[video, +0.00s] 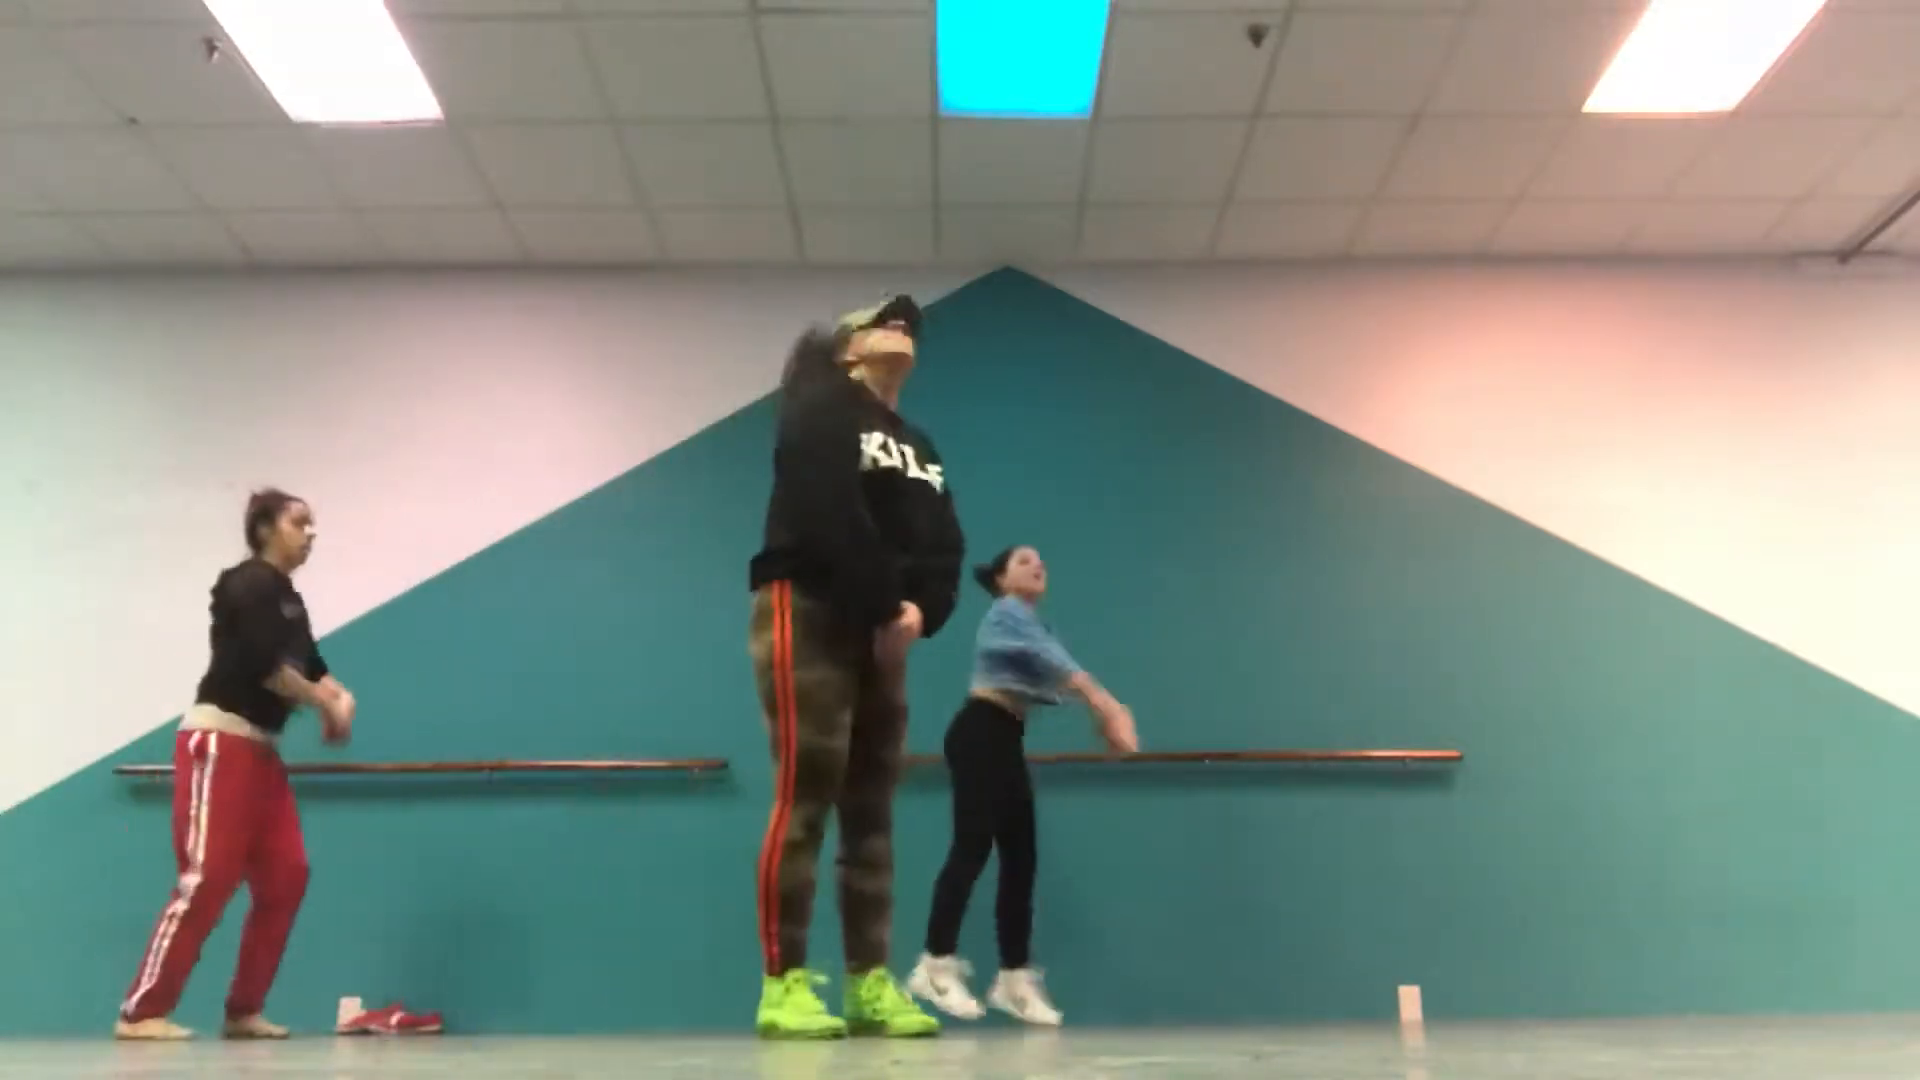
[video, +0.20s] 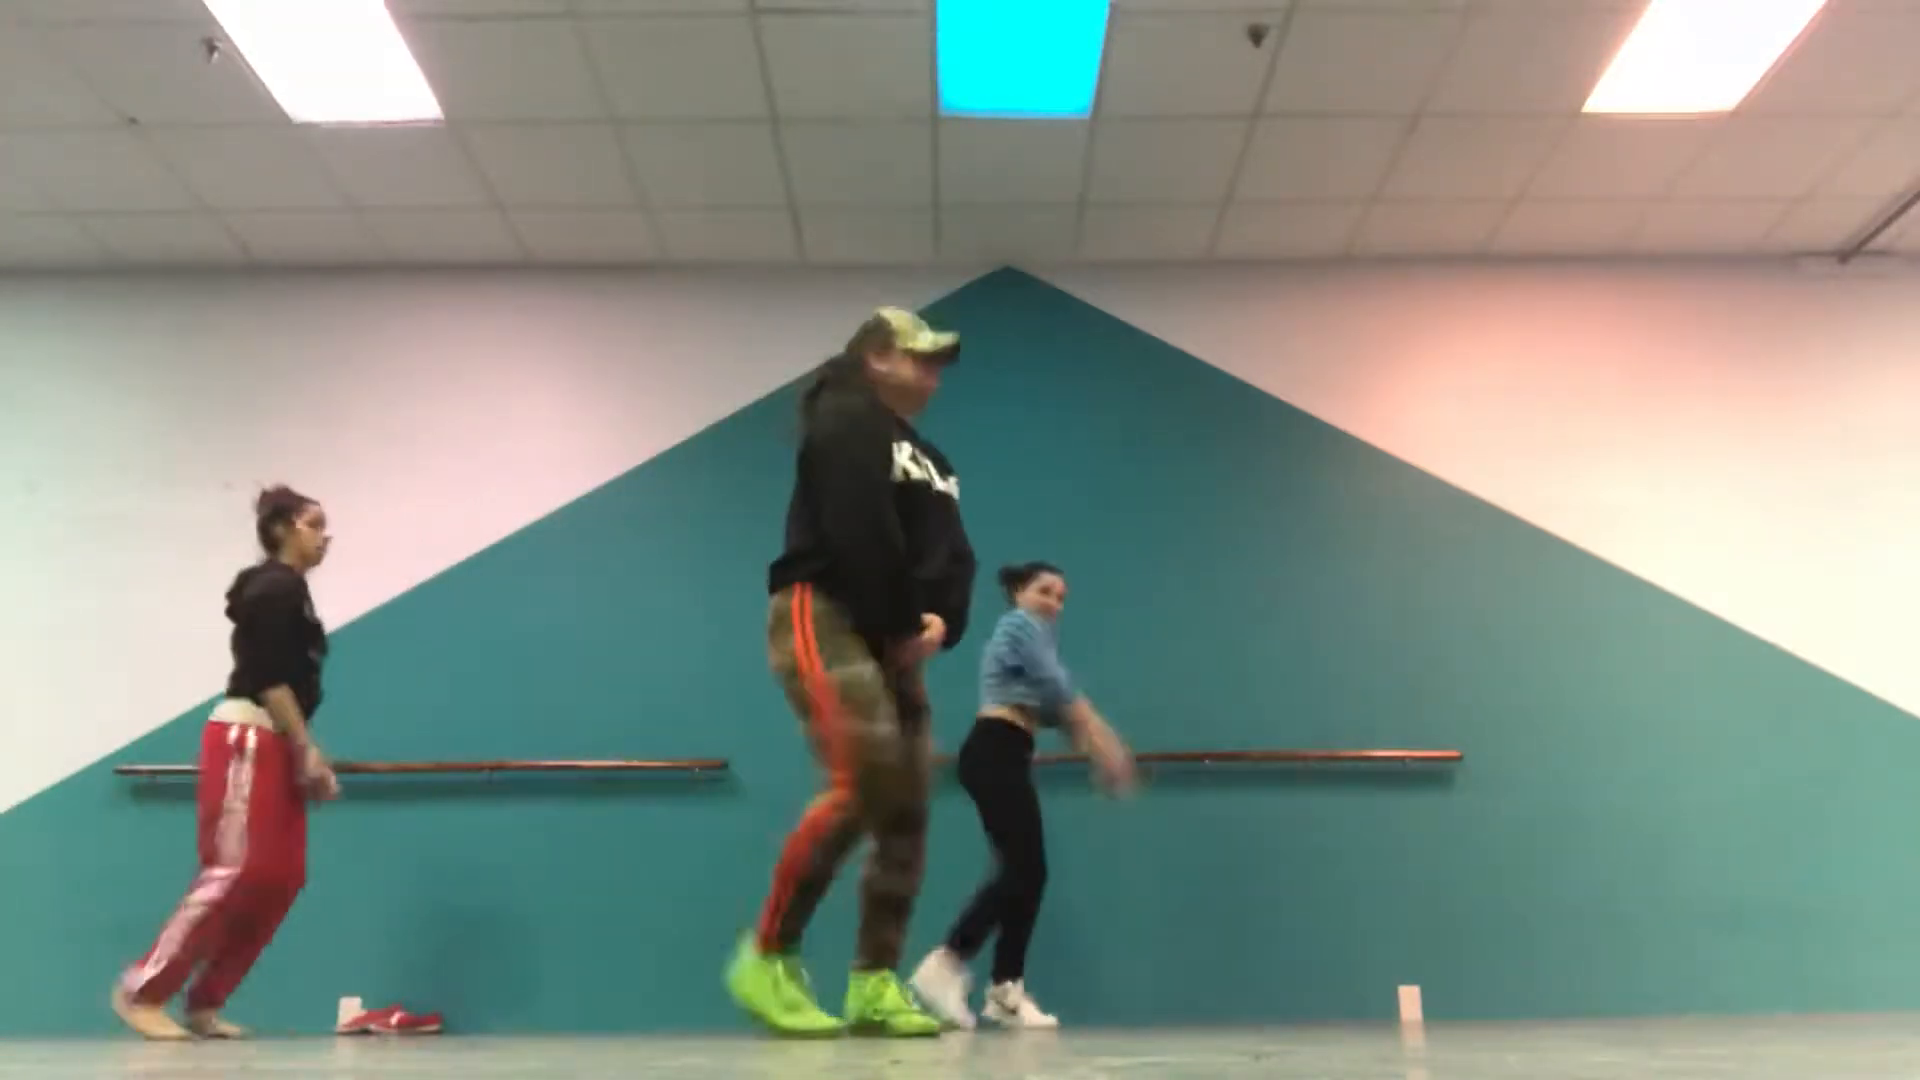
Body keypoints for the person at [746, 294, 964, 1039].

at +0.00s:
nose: (903, 329)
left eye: (906, 323)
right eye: (886, 321)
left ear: (905, 353)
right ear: (849, 345)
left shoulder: (915, 440)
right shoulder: (822, 402)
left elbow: (945, 541)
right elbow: (827, 510)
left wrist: (924, 606)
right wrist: (885, 597)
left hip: (879, 616)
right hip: (806, 602)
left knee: (870, 798)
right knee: (807, 792)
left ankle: (868, 981)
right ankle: (783, 984)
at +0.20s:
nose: (934, 375)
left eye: (937, 364)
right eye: (922, 362)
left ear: (919, 369)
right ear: (878, 360)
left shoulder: (926, 455)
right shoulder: (845, 412)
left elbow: (955, 550)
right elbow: (857, 528)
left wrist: (943, 614)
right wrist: (896, 624)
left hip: (890, 624)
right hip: (821, 608)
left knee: (906, 798)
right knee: (863, 778)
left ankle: (874, 978)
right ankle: (766, 957)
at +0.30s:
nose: (933, 390)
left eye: (935, 377)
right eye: (922, 376)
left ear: (902, 380)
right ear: (882, 374)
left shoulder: (914, 471)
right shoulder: (849, 425)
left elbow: (946, 552)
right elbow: (885, 528)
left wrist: (976, 601)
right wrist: (966, 589)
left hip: (885, 636)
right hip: (829, 619)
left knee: (924, 803)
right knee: (911, 771)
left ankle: (874, 989)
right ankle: (743, 859)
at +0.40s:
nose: (920, 360)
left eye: (921, 347)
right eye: (908, 345)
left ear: (883, 350)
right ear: (869, 344)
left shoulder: (877, 411)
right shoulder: (844, 395)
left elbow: (924, 492)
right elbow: (914, 474)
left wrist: (1001, 510)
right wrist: (1001, 513)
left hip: (866, 591)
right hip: (838, 583)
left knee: (892, 779)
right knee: (925, 741)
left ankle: (870, 980)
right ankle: (761, 834)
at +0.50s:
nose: (915, 343)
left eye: (915, 333)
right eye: (903, 331)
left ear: (871, 329)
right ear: (864, 328)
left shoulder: (876, 394)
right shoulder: (847, 373)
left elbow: (949, 467)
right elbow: (929, 425)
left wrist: (1031, 453)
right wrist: (1027, 432)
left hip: (852, 570)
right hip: (838, 561)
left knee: (887, 760)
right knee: (920, 731)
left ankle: (822, 946)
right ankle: (839, 902)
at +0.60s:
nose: (919, 366)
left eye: (918, 355)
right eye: (908, 354)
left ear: (879, 352)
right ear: (868, 351)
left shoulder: (900, 428)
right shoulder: (849, 401)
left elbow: (975, 452)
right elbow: (946, 397)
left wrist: (1043, 408)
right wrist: (1048, 379)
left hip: (862, 608)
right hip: (836, 599)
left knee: (844, 798)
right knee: (905, 767)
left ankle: (765, 969)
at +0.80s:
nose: (929, 361)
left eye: (928, 349)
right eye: (917, 348)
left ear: (876, 348)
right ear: (881, 346)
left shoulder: (882, 405)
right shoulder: (873, 396)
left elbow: (969, 467)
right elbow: (957, 450)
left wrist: (1049, 519)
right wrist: (1050, 497)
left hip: (857, 597)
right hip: (851, 594)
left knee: (905, 794)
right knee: (938, 767)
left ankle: (809, 947)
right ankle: (968, 960)